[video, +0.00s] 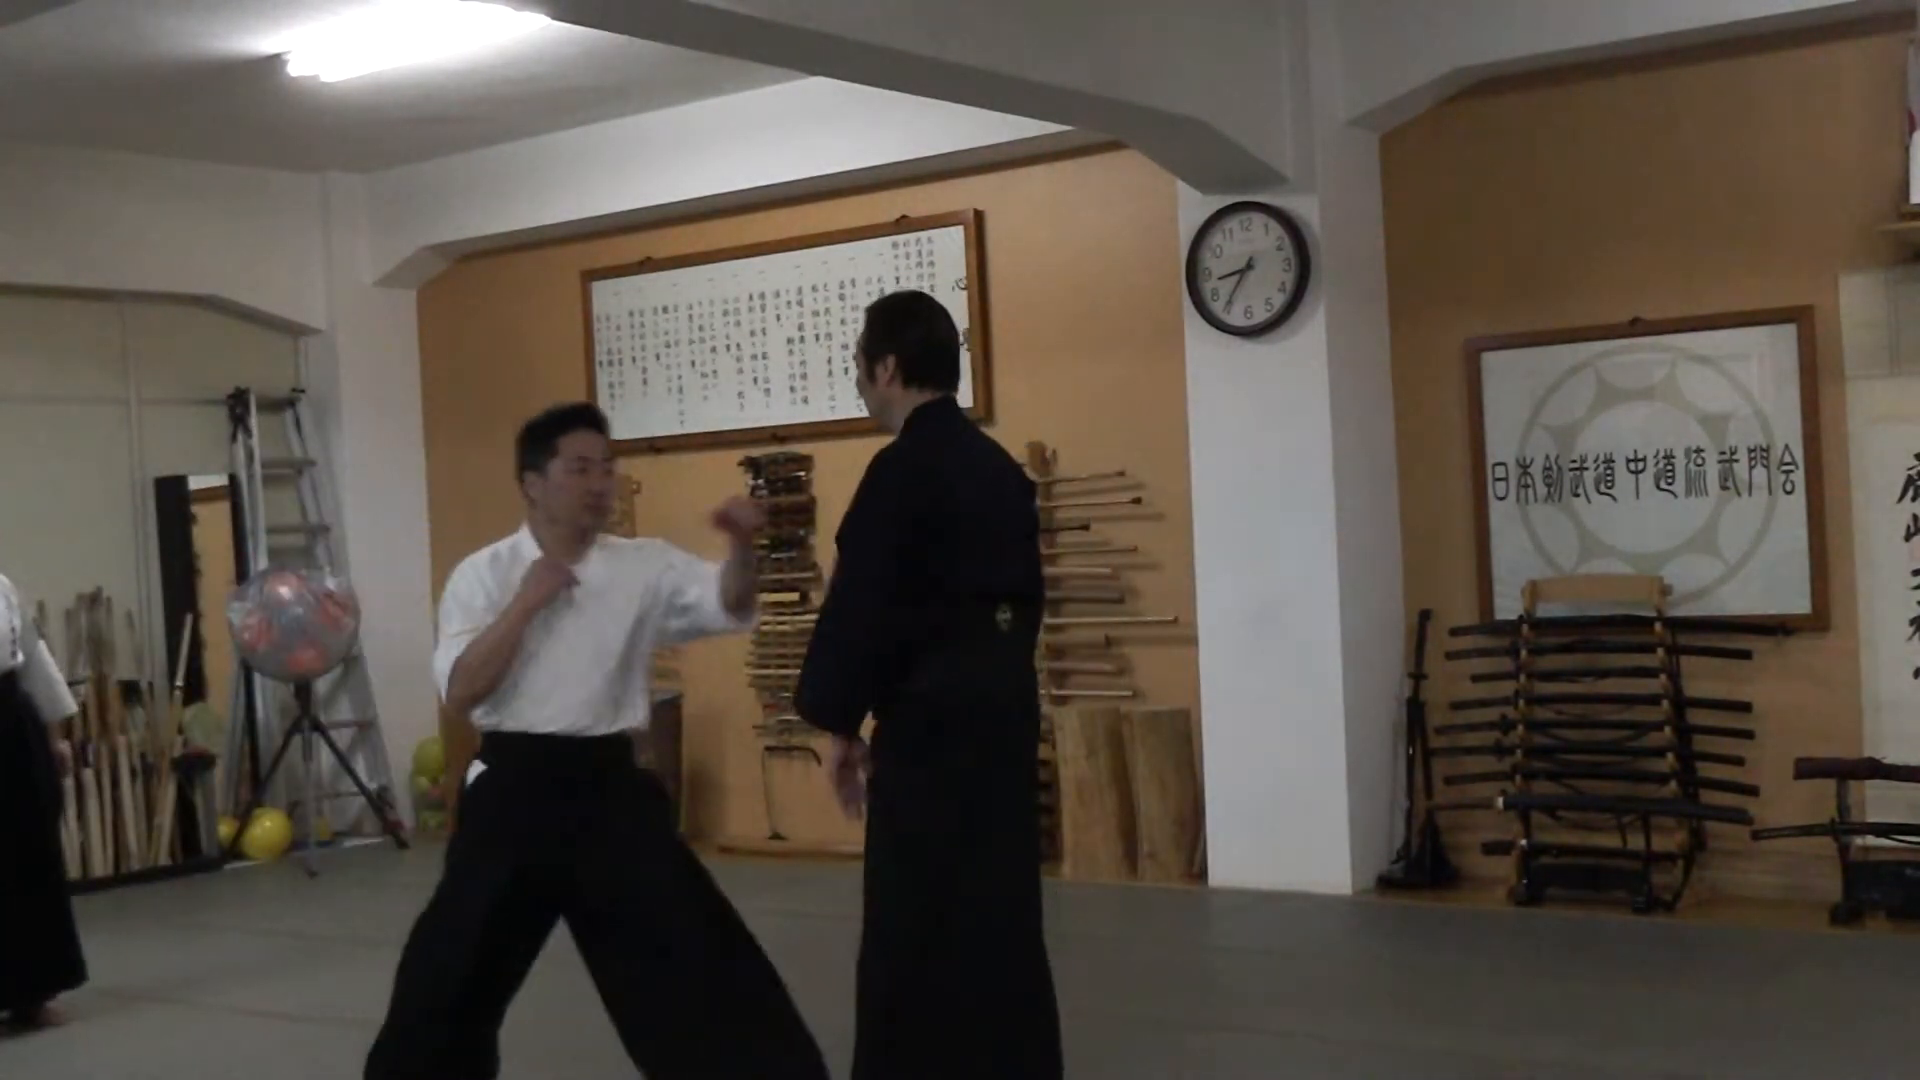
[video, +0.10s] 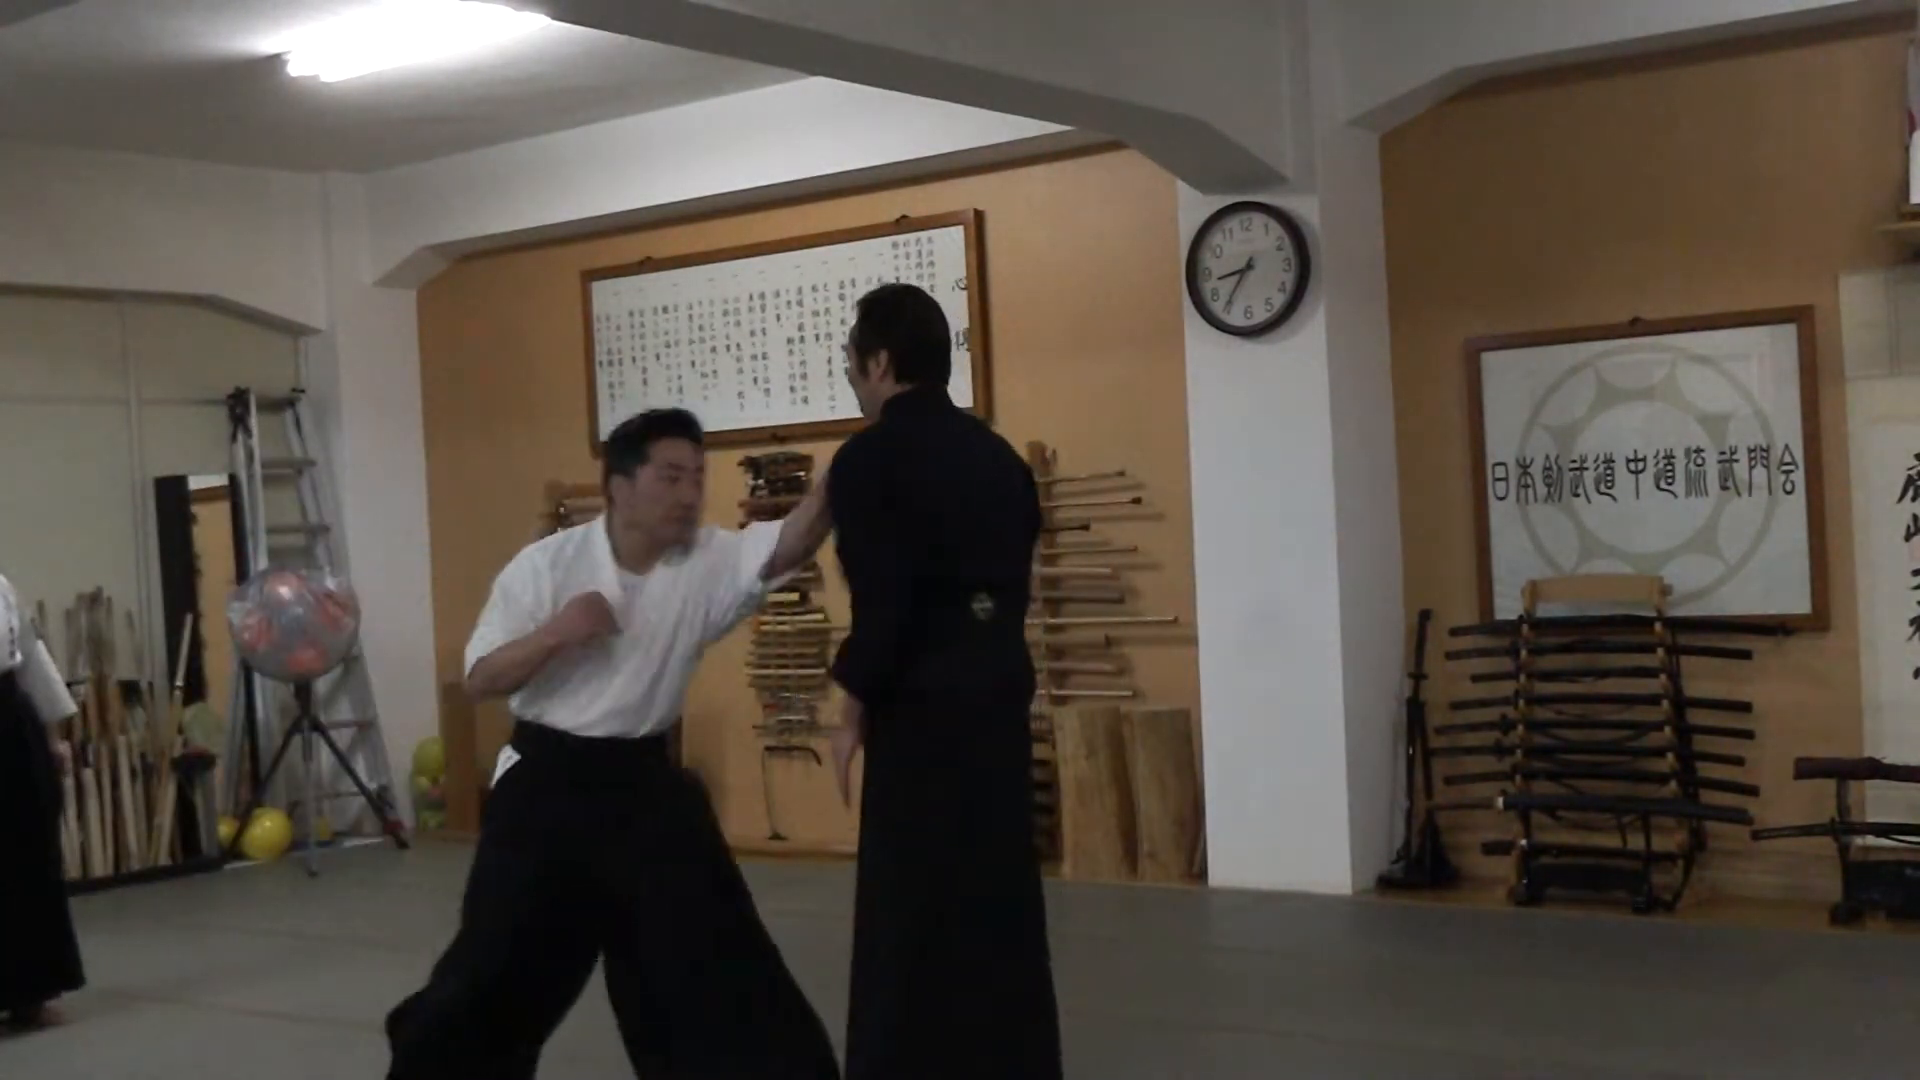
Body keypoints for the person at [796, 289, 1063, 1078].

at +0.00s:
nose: (860, 382)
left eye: (863, 366)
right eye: (860, 367)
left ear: (890, 369)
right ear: (947, 369)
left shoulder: (899, 470)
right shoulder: (1002, 469)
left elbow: (860, 604)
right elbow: (998, 622)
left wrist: (839, 727)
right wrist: (890, 725)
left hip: (924, 741)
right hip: (1001, 734)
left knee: (911, 940)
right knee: (998, 933)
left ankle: (913, 1072)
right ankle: (1013, 1070)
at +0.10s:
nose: (856, 380)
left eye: (856, 364)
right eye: (856, 365)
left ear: (878, 363)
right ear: (941, 362)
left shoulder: (866, 457)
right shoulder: (1000, 455)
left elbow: (884, 596)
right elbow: (1007, 597)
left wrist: (849, 700)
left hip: (914, 705)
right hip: (999, 701)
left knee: (910, 909)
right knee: (998, 900)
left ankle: (913, 1064)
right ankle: (1008, 1063)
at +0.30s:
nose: (867, 368)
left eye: (870, 353)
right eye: (869, 353)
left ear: (893, 356)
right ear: (959, 356)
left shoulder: (862, 463)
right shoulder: (1025, 447)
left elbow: (834, 604)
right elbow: (1051, 580)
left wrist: (840, 724)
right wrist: (1013, 649)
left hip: (929, 707)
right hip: (1021, 701)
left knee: (920, 899)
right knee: (1020, 896)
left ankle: (920, 1062)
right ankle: (1027, 1061)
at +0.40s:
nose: (877, 369)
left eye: (880, 354)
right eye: (879, 354)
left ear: (902, 357)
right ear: (967, 357)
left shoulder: (873, 467)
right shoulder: (1039, 448)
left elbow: (871, 619)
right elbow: (1069, 589)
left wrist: (876, 750)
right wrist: (1035, 682)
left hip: (951, 715)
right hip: (1045, 709)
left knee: (936, 911)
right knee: (1039, 904)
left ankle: (933, 1067)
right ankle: (1042, 1065)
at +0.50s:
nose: (902, 386)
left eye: (903, 369)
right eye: (901, 370)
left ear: (928, 367)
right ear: (985, 361)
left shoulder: (911, 469)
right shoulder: (1060, 457)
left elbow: (897, 619)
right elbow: (1087, 596)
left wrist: (904, 746)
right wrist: (1052, 681)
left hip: (975, 716)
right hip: (1070, 709)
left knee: (957, 903)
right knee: (1068, 899)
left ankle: (966, 1065)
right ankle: (1081, 1062)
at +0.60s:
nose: (941, 399)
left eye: (941, 381)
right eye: (937, 382)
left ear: (970, 371)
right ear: (1023, 367)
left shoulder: (966, 471)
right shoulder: (1089, 464)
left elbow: (941, 624)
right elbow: (1104, 610)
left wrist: (938, 761)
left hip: (1003, 731)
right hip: (1097, 716)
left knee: (971, 918)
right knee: (1094, 907)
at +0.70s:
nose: (984, 404)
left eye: (983, 383)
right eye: (979, 386)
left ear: (1019, 370)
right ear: (1061, 367)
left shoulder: (1025, 466)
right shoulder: (1135, 462)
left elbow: (995, 612)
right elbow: (1136, 611)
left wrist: (985, 750)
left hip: (1051, 731)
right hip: (1141, 717)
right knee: (1145, 916)